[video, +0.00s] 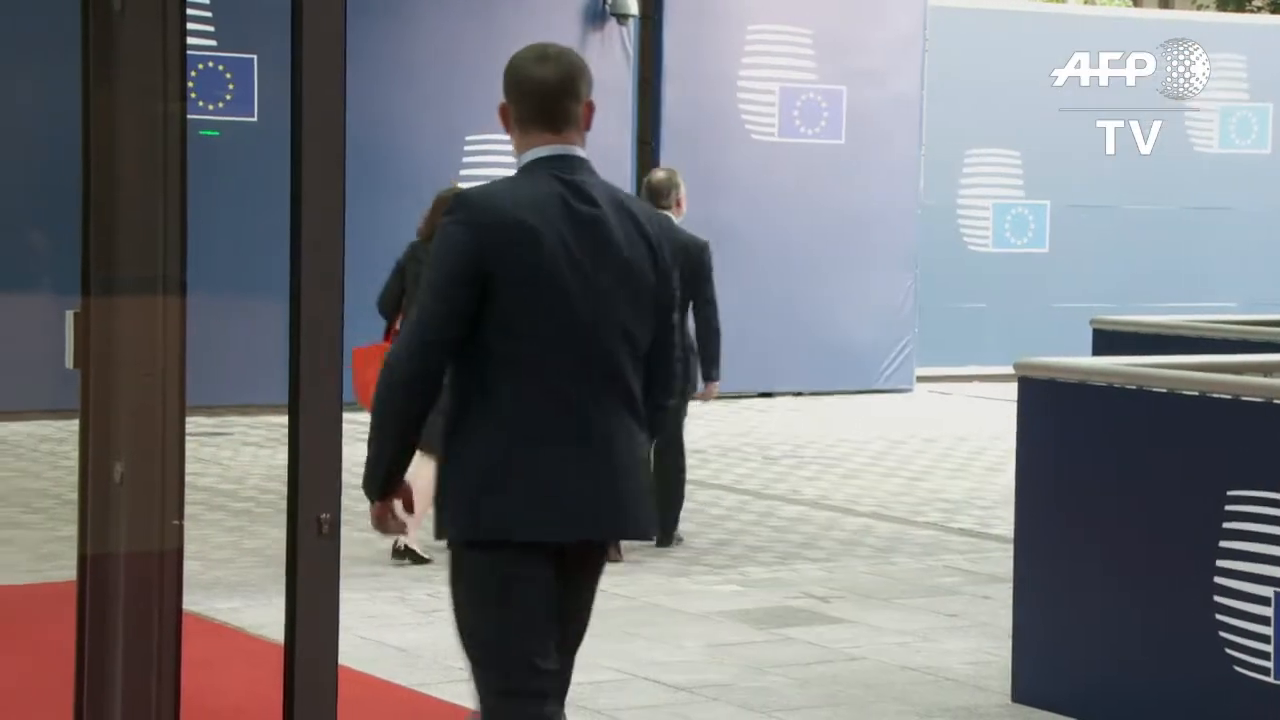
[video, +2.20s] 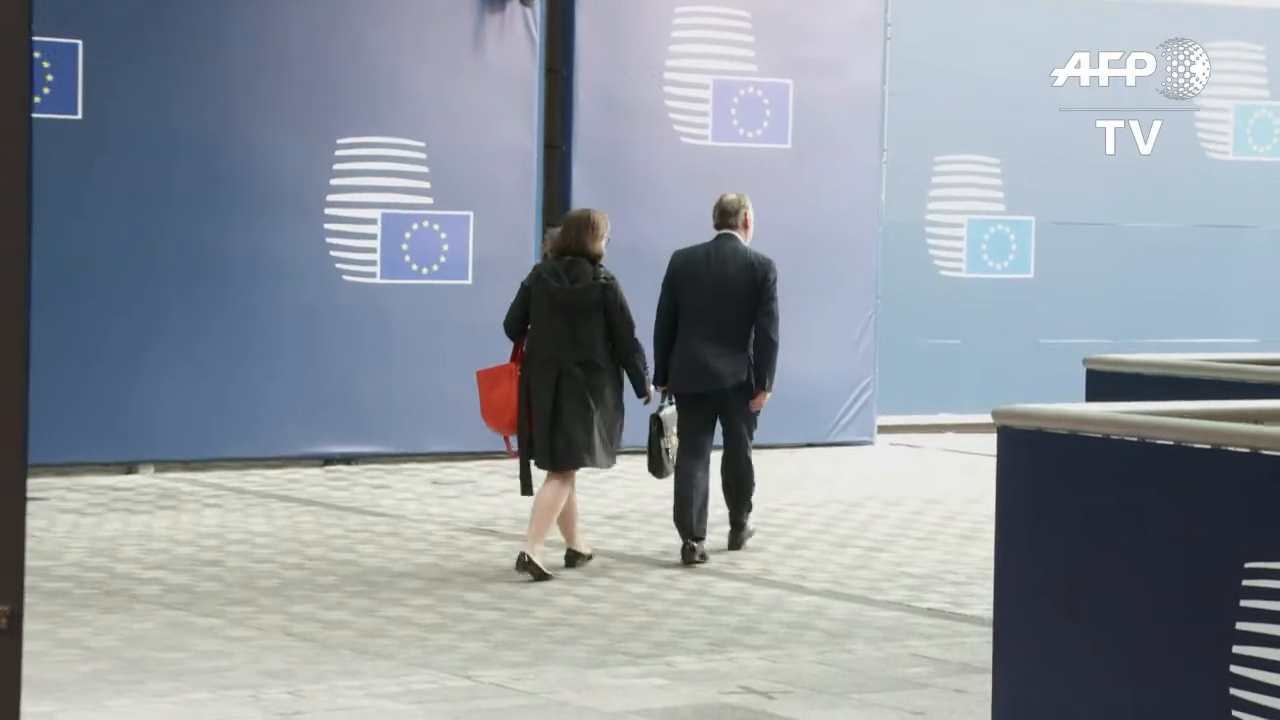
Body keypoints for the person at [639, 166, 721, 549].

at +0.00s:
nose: (685, 203)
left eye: (682, 197)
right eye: (683, 198)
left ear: (643, 200)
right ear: (678, 201)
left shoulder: (624, 239)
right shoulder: (691, 247)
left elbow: (611, 304)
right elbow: (706, 314)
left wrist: (612, 357)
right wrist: (712, 371)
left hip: (626, 356)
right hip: (672, 357)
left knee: (627, 438)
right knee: (669, 442)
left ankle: (620, 525)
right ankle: (665, 527)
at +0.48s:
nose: (718, 227)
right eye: (718, 222)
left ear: (681, 223)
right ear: (714, 223)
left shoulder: (651, 262)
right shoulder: (728, 265)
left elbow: (633, 323)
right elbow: (752, 316)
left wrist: (630, 373)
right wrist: (749, 343)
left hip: (658, 377)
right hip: (708, 379)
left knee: (671, 447)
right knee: (692, 455)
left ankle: (679, 517)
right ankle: (671, 541)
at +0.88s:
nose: (731, 230)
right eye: (732, 225)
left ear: (695, 224)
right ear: (729, 225)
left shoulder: (663, 261)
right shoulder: (743, 264)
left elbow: (649, 323)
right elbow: (755, 330)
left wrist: (644, 374)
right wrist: (755, 380)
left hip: (675, 378)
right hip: (724, 378)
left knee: (677, 462)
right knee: (727, 451)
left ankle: (678, 549)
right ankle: (718, 534)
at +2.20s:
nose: (754, 227)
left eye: (751, 220)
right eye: (753, 221)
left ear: (715, 222)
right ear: (746, 222)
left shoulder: (683, 260)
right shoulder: (760, 266)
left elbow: (665, 321)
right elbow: (767, 331)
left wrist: (662, 373)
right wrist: (764, 383)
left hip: (690, 376)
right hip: (736, 377)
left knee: (692, 454)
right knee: (738, 449)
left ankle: (692, 540)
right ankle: (739, 525)